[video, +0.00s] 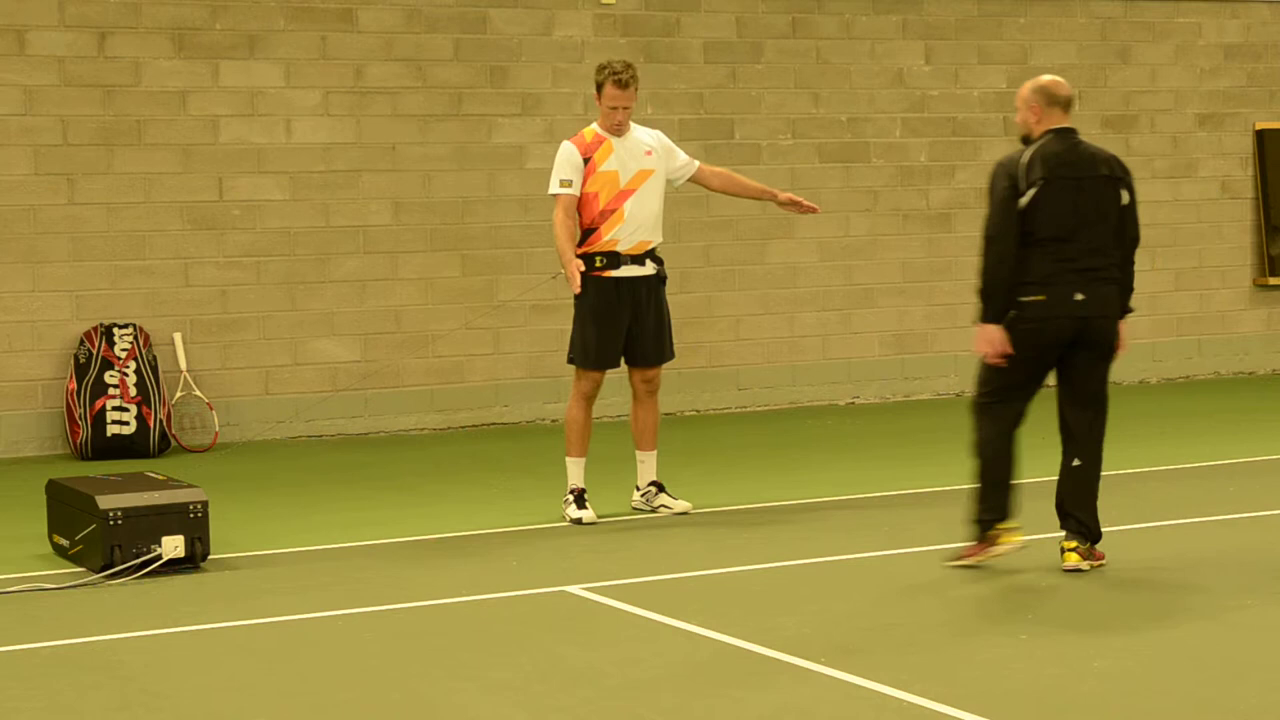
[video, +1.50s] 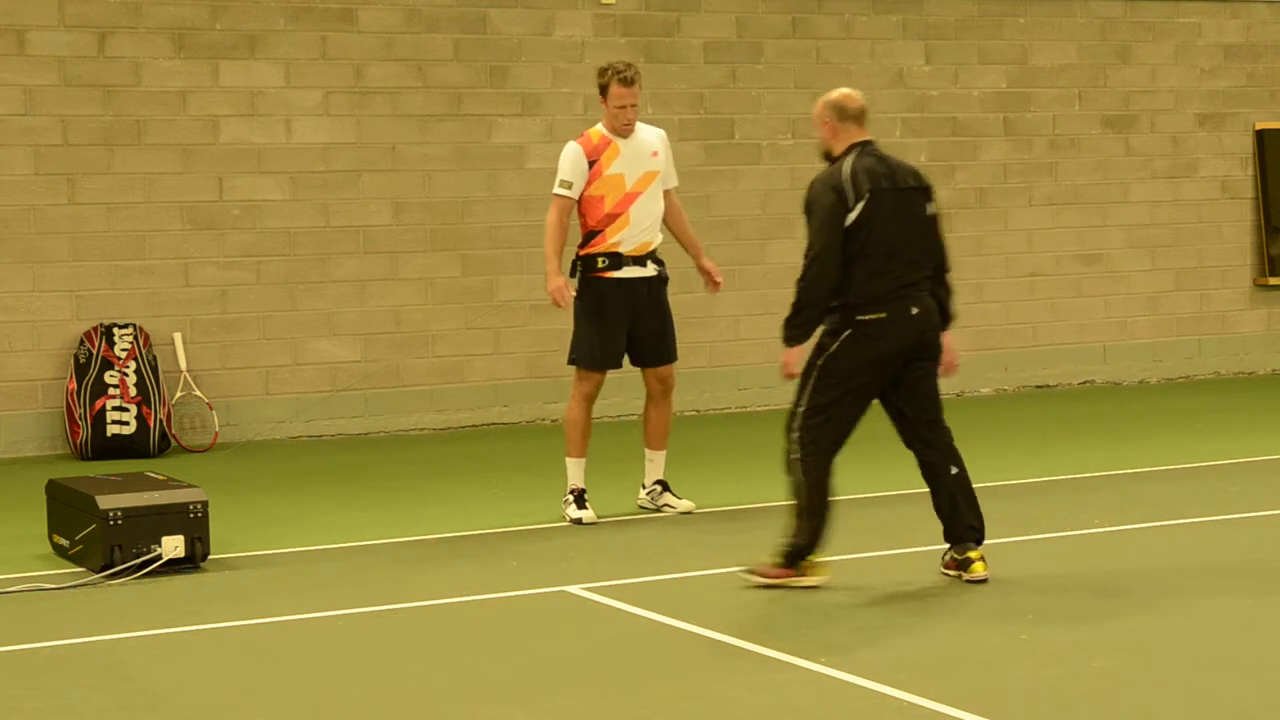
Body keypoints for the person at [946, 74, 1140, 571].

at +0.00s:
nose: (1018, 120)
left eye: (1020, 111)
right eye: (1019, 111)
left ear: (1034, 112)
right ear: (1065, 111)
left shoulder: (1016, 169)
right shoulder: (1112, 167)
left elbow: (1000, 246)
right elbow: (1126, 246)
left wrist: (991, 317)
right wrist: (1117, 311)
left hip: (1034, 318)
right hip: (1096, 319)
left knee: (995, 408)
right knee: (1084, 428)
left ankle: (994, 523)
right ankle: (1080, 539)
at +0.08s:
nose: (1003, 120)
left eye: (1006, 111)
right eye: (1005, 110)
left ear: (1019, 112)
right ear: (1051, 111)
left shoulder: (999, 170)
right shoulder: (1095, 168)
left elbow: (981, 245)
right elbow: (1117, 247)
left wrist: (961, 314)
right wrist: (1130, 312)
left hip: (1014, 317)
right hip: (1079, 319)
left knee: (973, 414)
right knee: (1076, 428)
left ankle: (950, 528)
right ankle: (1079, 540)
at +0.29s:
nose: (951, 129)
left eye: (953, 120)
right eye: (954, 119)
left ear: (966, 122)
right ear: (999, 122)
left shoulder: (943, 183)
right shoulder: (1039, 179)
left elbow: (923, 257)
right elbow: (1076, 246)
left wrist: (896, 320)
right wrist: (1110, 309)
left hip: (956, 331)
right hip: (1020, 329)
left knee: (916, 431)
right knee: (1044, 433)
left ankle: (874, 540)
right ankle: (1076, 540)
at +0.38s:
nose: (923, 135)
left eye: (925, 126)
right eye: (925, 125)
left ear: (938, 128)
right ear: (971, 127)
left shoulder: (917, 189)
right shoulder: (1009, 184)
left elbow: (895, 266)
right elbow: (1046, 253)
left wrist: (876, 333)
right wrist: (1078, 314)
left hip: (927, 337)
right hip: (991, 335)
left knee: (895, 446)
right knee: (1025, 438)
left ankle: (872, 559)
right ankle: (1071, 541)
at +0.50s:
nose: (882, 136)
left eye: (883, 127)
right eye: (883, 126)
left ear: (894, 128)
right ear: (928, 125)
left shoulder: (883, 190)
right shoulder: (977, 182)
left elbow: (862, 271)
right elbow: (998, 256)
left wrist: (843, 344)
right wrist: (1009, 321)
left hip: (900, 337)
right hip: (966, 335)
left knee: (875, 447)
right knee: (996, 437)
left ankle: (871, 561)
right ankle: (1046, 537)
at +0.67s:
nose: (845, 135)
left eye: (845, 127)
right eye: (845, 126)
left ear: (854, 125)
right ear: (891, 118)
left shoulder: (854, 185)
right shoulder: (944, 167)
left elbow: (835, 266)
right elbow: (970, 244)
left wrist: (807, 342)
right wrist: (942, 285)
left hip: (888, 326)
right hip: (951, 317)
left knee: (870, 442)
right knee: (963, 430)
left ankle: (871, 560)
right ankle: (1004, 542)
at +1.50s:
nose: (815, 136)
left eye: (816, 127)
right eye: (816, 126)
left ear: (829, 126)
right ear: (861, 124)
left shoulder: (831, 183)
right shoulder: (909, 176)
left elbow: (823, 265)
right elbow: (935, 257)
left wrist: (796, 336)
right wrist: (940, 324)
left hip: (860, 330)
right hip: (917, 324)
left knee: (807, 432)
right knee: (931, 437)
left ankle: (799, 556)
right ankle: (967, 549)